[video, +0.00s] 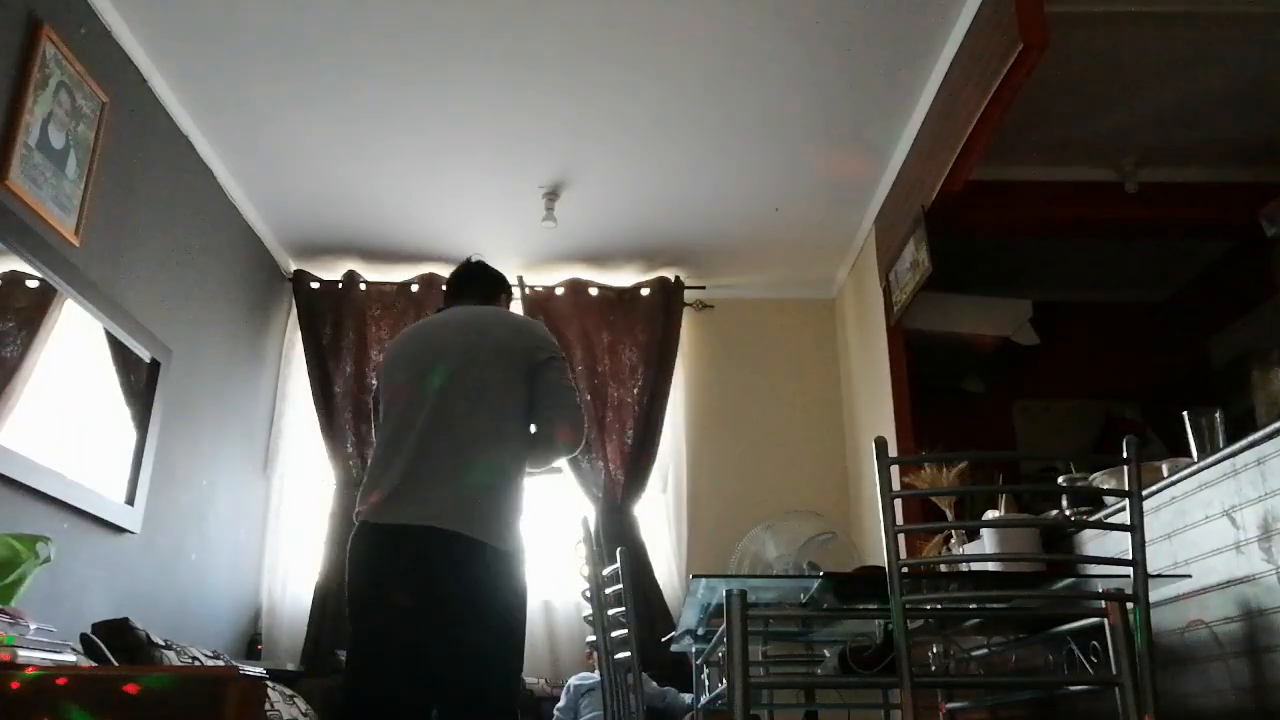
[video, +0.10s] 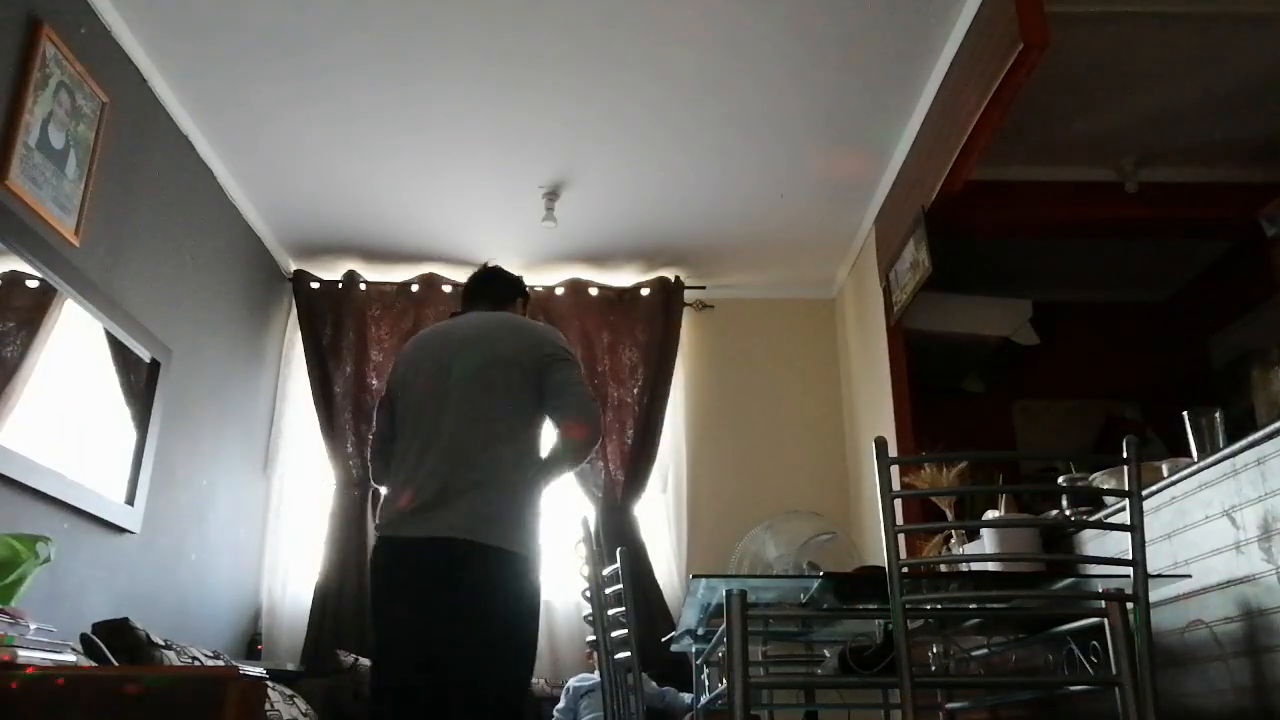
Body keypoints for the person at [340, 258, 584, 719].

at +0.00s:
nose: (513, 310)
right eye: (511, 304)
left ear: (444, 299)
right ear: (505, 301)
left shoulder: (401, 341)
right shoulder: (529, 334)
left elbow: (384, 437)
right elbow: (565, 432)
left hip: (380, 543)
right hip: (477, 549)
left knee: (380, 694)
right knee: (480, 701)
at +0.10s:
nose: (528, 314)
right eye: (527, 308)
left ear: (460, 305)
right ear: (520, 305)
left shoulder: (416, 347)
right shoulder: (540, 340)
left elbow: (381, 465)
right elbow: (583, 429)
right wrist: (537, 476)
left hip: (403, 555)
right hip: (496, 557)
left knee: (402, 698)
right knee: (491, 703)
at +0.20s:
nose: (538, 326)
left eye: (537, 320)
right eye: (538, 319)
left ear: (474, 315)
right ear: (530, 315)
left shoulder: (424, 358)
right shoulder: (551, 353)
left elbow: (393, 472)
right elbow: (595, 431)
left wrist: (443, 502)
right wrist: (564, 504)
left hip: (429, 572)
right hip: (517, 572)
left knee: (434, 706)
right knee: (517, 706)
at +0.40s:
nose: (562, 345)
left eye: (562, 338)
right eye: (562, 337)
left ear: (504, 327)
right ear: (551, 331)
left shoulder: (444, 371)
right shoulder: (556, 363)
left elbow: (413, 469)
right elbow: (595, 463)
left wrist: (469, 487)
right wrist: (626, 479)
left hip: (435, 571)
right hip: (511, 573)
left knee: (472, 705)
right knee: (528, 709)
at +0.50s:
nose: (564, 366)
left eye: (563, 359)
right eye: (564, 358)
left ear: (511, 345)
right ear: (555, 350)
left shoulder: (456, 385)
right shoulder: (559, 381)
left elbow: (452, 481)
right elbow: (580, 488)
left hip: (431, 582)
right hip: (505, 586)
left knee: (462, 709)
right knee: (524, 709)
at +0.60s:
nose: (567, 393)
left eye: (568, 385)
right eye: (568, 384)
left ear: (519, 368)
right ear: (560, 374)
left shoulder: (465, 401)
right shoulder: (554, 403)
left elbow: (451, 487)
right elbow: (574, 494)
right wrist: (557, 540)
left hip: (427, 593)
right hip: (496, 596)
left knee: (462, 707)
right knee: (526, 708)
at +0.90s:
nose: (587, 443)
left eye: (593, 435)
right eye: (592, 431)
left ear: (558, 399)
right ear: (583, 414)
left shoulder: (508, 418)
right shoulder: (558, 422)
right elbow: (546, 499)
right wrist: (561, 584)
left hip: (423, 587)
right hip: (463, 592)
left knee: (459, 706)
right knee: (492, 707)